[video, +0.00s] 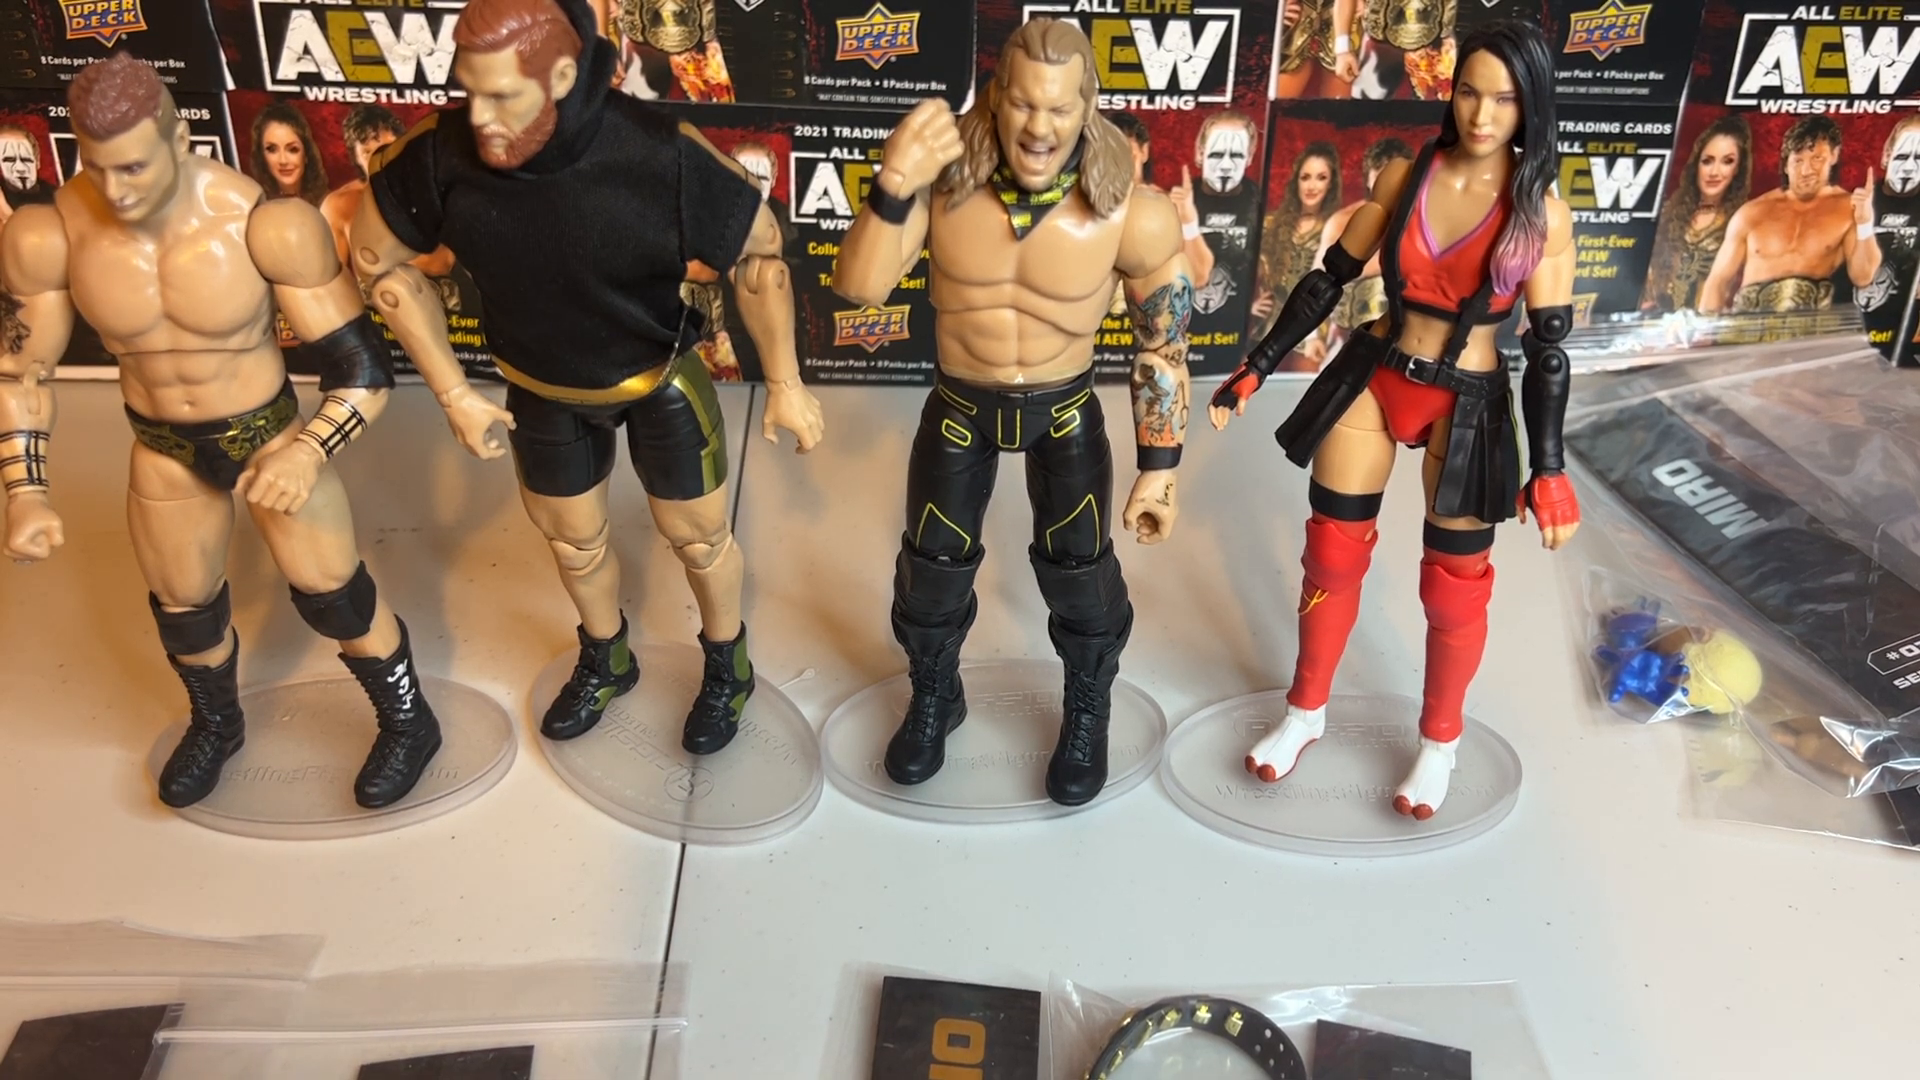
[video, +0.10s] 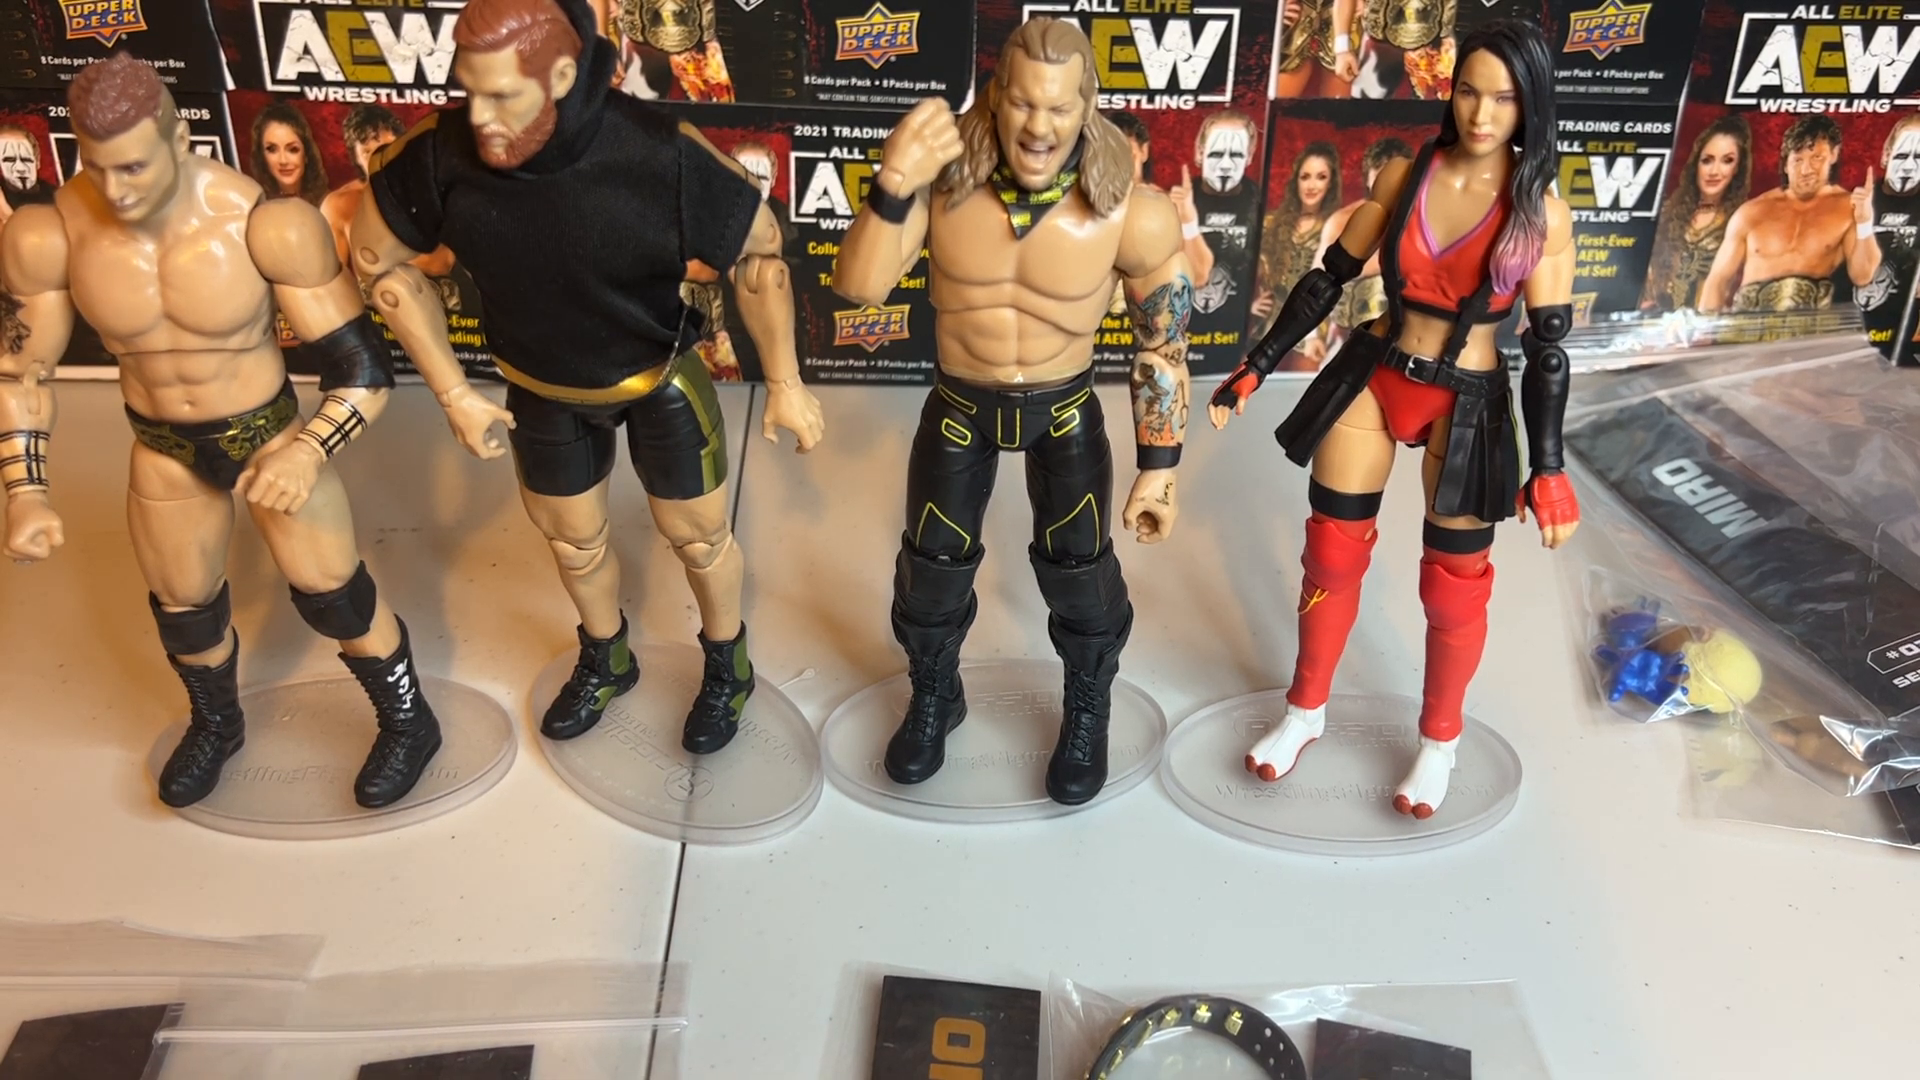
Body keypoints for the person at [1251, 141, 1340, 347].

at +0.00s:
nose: (1312, 186)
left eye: (1321, 178)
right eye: (1305, 177)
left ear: (1332, 183)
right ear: (1295, 181)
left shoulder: (1339, 230)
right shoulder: (1271, 225)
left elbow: (1337, 287)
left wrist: (1321, 336)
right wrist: (1251, 303)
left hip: (1312, 335)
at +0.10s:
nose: (1312, 185)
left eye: (1321, 177)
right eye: (1305, 177)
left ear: (1332, 183)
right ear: (1295, 181)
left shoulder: (1338, 230)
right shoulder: (1271, 224)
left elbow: (1337, 286)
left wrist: (1320, 335)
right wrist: (1251, 302)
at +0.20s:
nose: (1312, 185)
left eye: (1321, 177)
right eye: (1305, 177)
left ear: (1332, 183)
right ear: (1295, 180)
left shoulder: (1338, 230)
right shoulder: (1270, 225)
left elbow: (1335, 286)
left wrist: (1320, 335)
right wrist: (1251, 303)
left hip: (1311, 335)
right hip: (1268, 329)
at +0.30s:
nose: (1312, 185)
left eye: (1321, 177)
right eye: (1305, 177)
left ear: (1332, 183)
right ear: (1295, 181)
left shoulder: (1337, 229)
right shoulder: (1270, 225)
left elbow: (1334, 285)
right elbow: (1255, 275)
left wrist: (1321, 335)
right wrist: (1254, 302)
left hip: (1312, 334)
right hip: (1269, 328)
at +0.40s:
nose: (1312, 185)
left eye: (1321, 177)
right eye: (1305, 177)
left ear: (1332, 182)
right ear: (1295, 180)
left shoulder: (1338, 229)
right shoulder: (1270, 225)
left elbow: (1338, 287)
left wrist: (1320, 334)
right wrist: (1251, 301)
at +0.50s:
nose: (1312, 185)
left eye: (1321, 178)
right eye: (1305, 177)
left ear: (1332, 183)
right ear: (1295, 181)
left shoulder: (1338, 229)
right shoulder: (1271, 224)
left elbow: (1338, 286)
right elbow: (1254, 273)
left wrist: (1323, 337)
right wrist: (1253, 302)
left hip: (1313, 334)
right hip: (1269, 328)